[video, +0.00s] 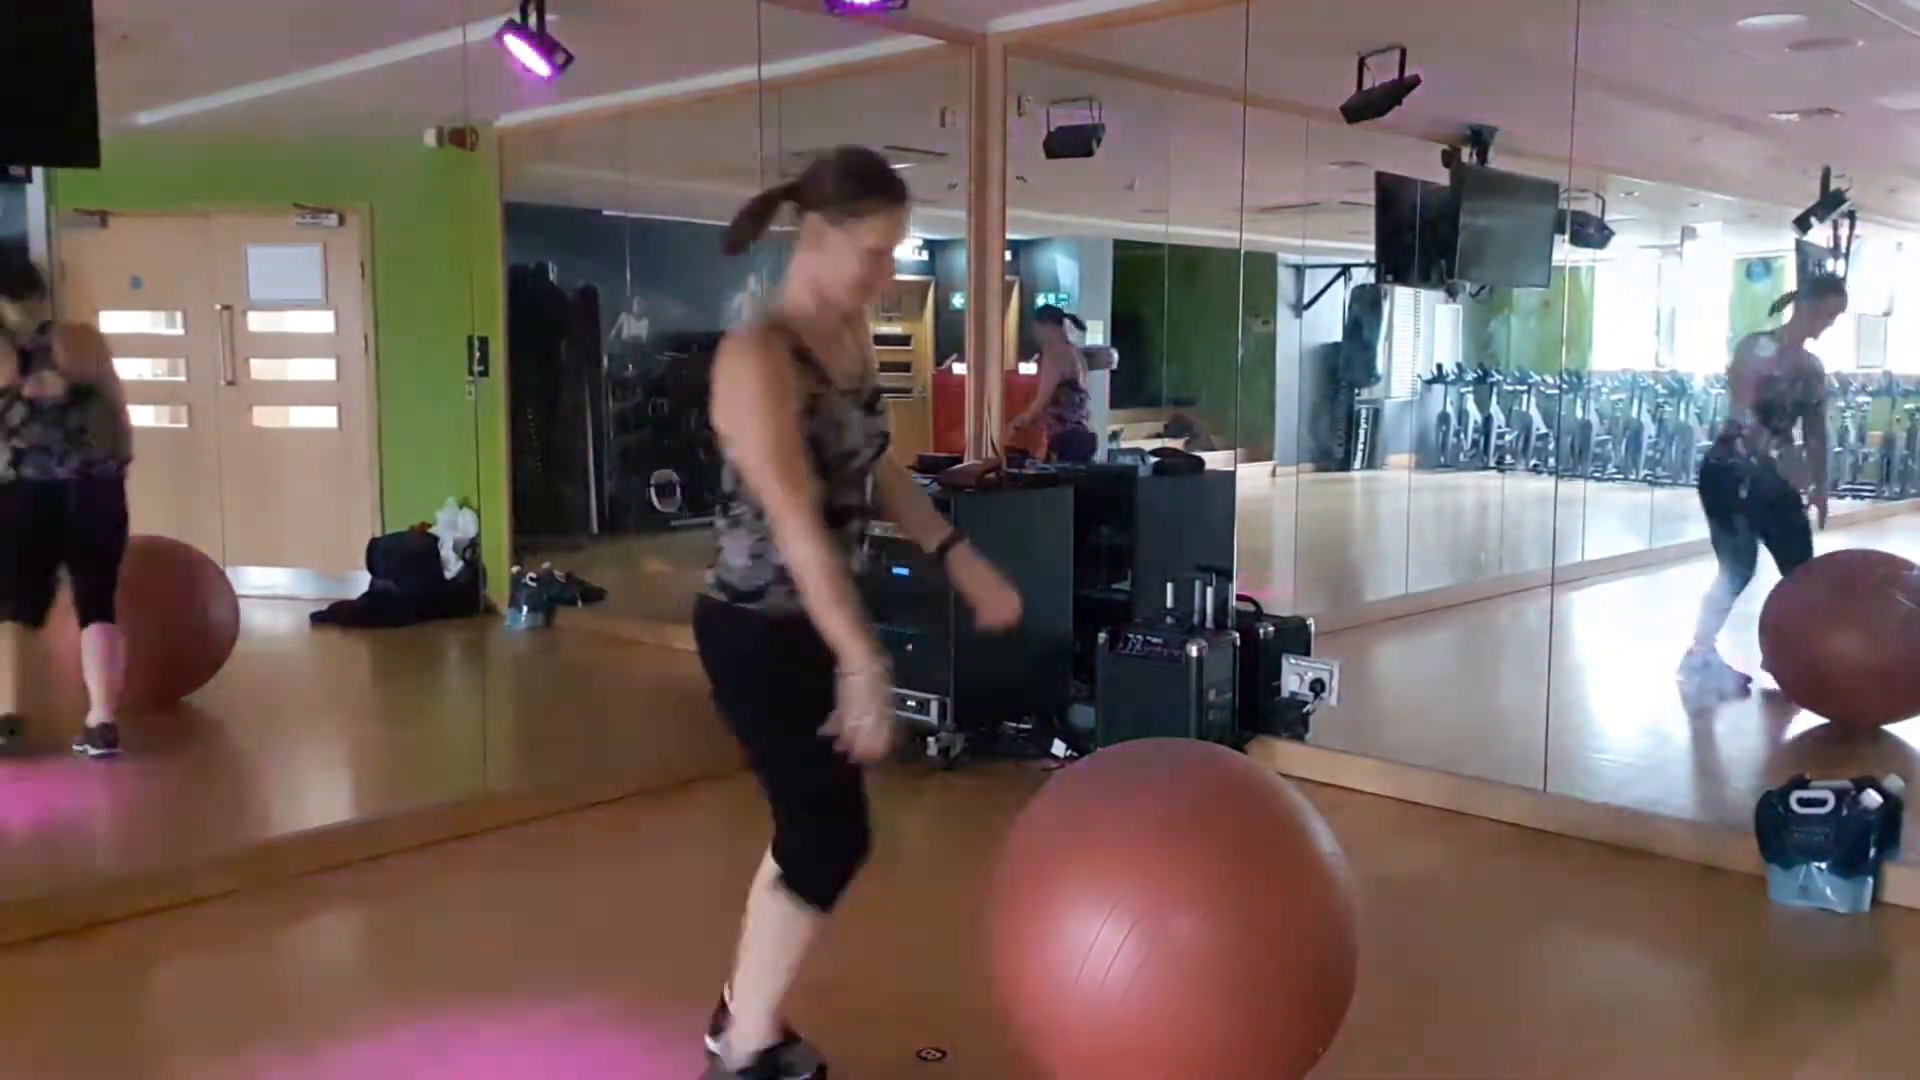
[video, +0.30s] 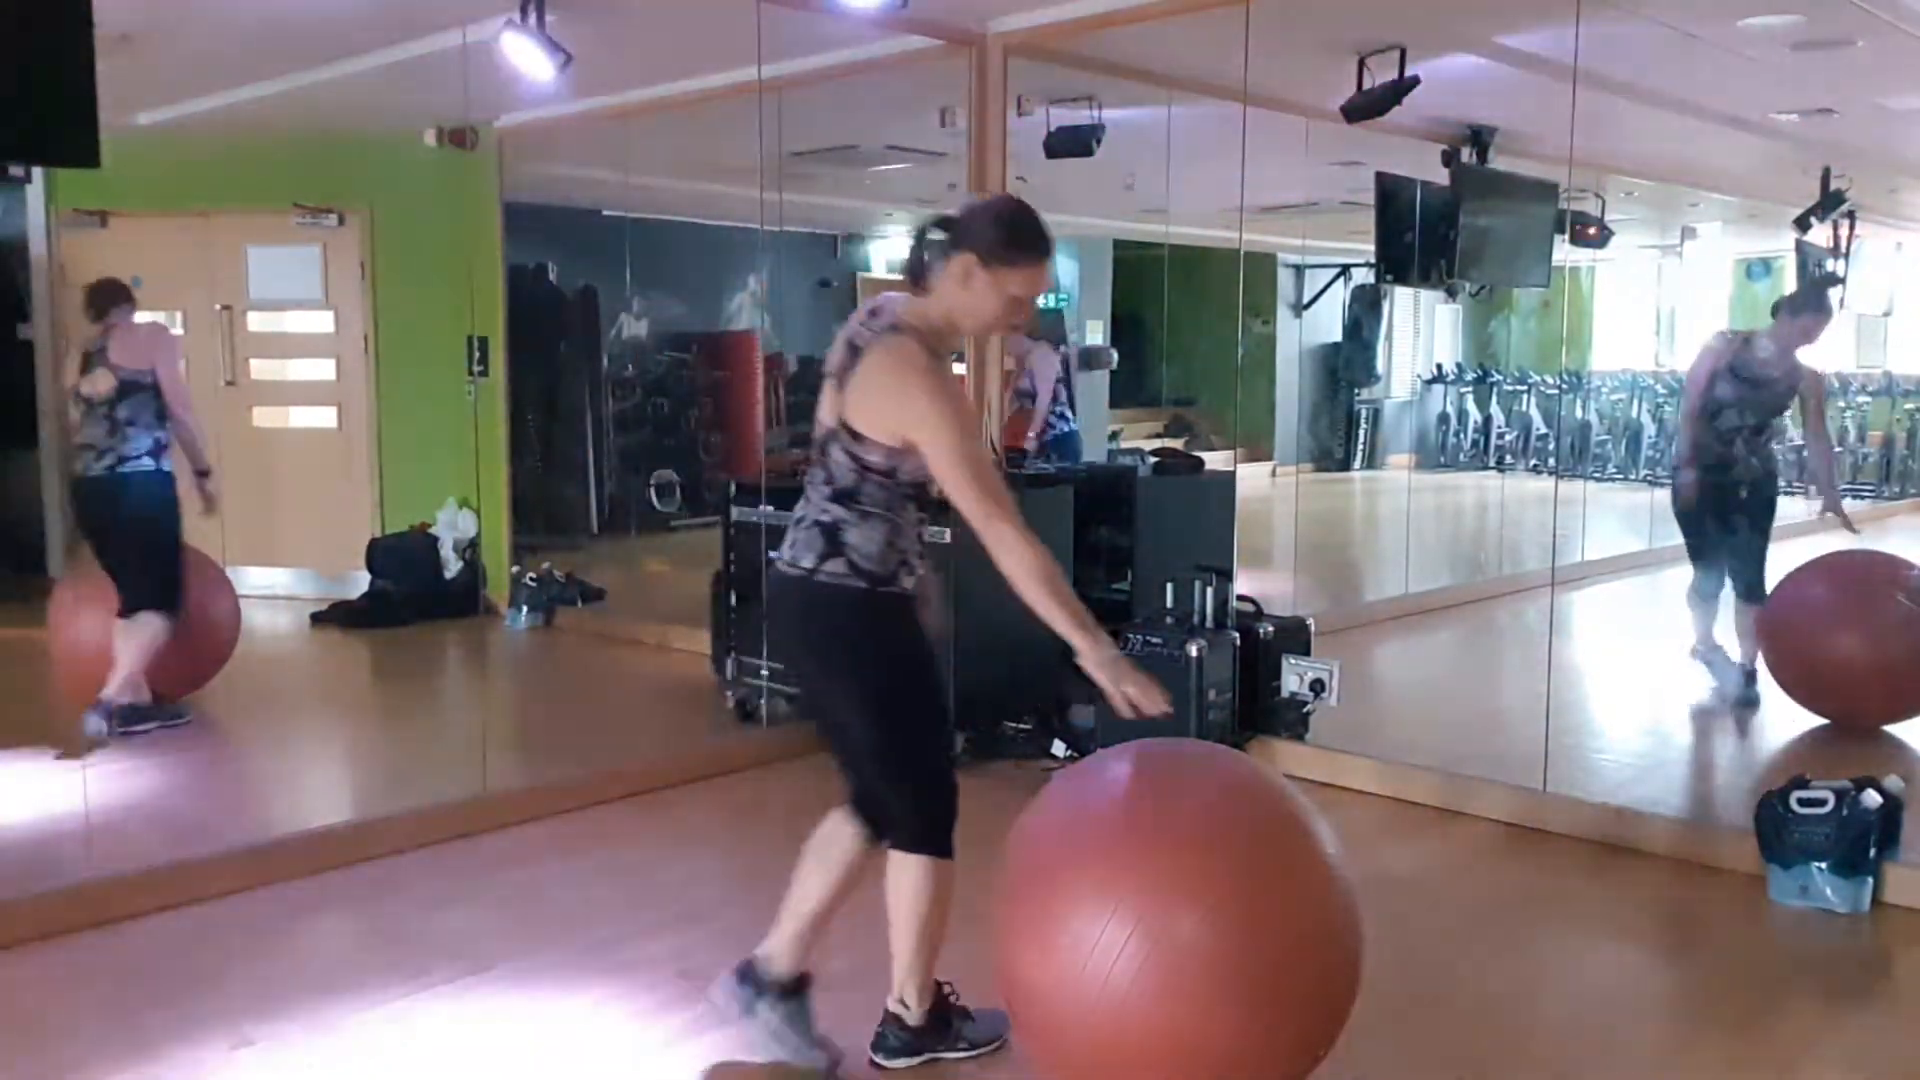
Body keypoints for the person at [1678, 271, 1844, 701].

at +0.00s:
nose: (1829, 324)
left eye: (1834, 317)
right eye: (1827, 314)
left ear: (1827, 316)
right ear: (1804, 304)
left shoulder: (1812, 370)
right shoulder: (1755, 348)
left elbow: (1816, 433)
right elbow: (1742, 417)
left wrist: (1819, 488)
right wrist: (1782, 461)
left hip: (1774, 474)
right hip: (1729, 470)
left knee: (1801, 570)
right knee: (1737, 567)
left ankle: (1797, 661)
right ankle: (1699, 655)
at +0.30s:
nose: (1813, 335)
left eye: (1820, 328)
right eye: (1809, 324)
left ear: (1820, 329)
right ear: (1785, 314)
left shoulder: (1804, 378)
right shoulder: (1725, 346)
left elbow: (1818, 441)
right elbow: (1690, 405)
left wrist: (1831, 497)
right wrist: (1685, 466)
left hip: (1755, 472)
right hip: (1703, 466)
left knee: (1749, 576)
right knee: (1710, 569)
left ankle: (1747, 668)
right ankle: (1703, 644)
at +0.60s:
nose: (1788, 359)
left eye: (1796, 352)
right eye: (1789, 348)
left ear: (1788, 347)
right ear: (1769, 333)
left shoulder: (1772, 390)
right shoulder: (1694, 352)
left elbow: (1802, 457)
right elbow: (1647, 398)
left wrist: (1832, 516)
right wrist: (1616, 445)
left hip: (1705, 477)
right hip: (1650, 467)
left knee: (1721, 578)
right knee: (1636, 565)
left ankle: (1742, 671)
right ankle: (1593, 659)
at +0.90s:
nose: (1742, 366)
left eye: (1747, 361)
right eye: (1743, 356)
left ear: (1729, 346)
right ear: (1722, 339)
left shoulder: (1712, 397)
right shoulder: (1646, 356)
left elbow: (1707, 464)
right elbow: (1598, 407)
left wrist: (1721, 521)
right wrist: (1570, 461)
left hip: (1646, 492)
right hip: (1592, 482)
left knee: (1648, 593)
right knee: (1591, 581)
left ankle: (1650, 662)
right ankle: (1571, 673)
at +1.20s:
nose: (1735, 362)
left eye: (1740, 354)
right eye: (1738, 350)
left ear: (1721, 339)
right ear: (1720, 332)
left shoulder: (1690, 390)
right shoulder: (1645, 346)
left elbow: (1674, 453)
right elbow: (1605, 402)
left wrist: (1697, 504)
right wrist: (1616, 450)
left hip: (1647, 493)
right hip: (1592, 485)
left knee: (1654, 592)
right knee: (1596, 584)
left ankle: (1672, 694)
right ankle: (1570, 672)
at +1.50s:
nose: (1736, 361)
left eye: (1742, 353)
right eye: (1739, 350)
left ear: (1723, 336)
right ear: (1722, 332)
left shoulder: (1695, 384)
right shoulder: (1648, 354)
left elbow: (1670, 444)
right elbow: (1610, 413)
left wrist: (1676, 496)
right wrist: (1593, 477)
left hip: (1670, 495)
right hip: (1623, 490)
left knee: (1680, 590)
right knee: (1657, 589)